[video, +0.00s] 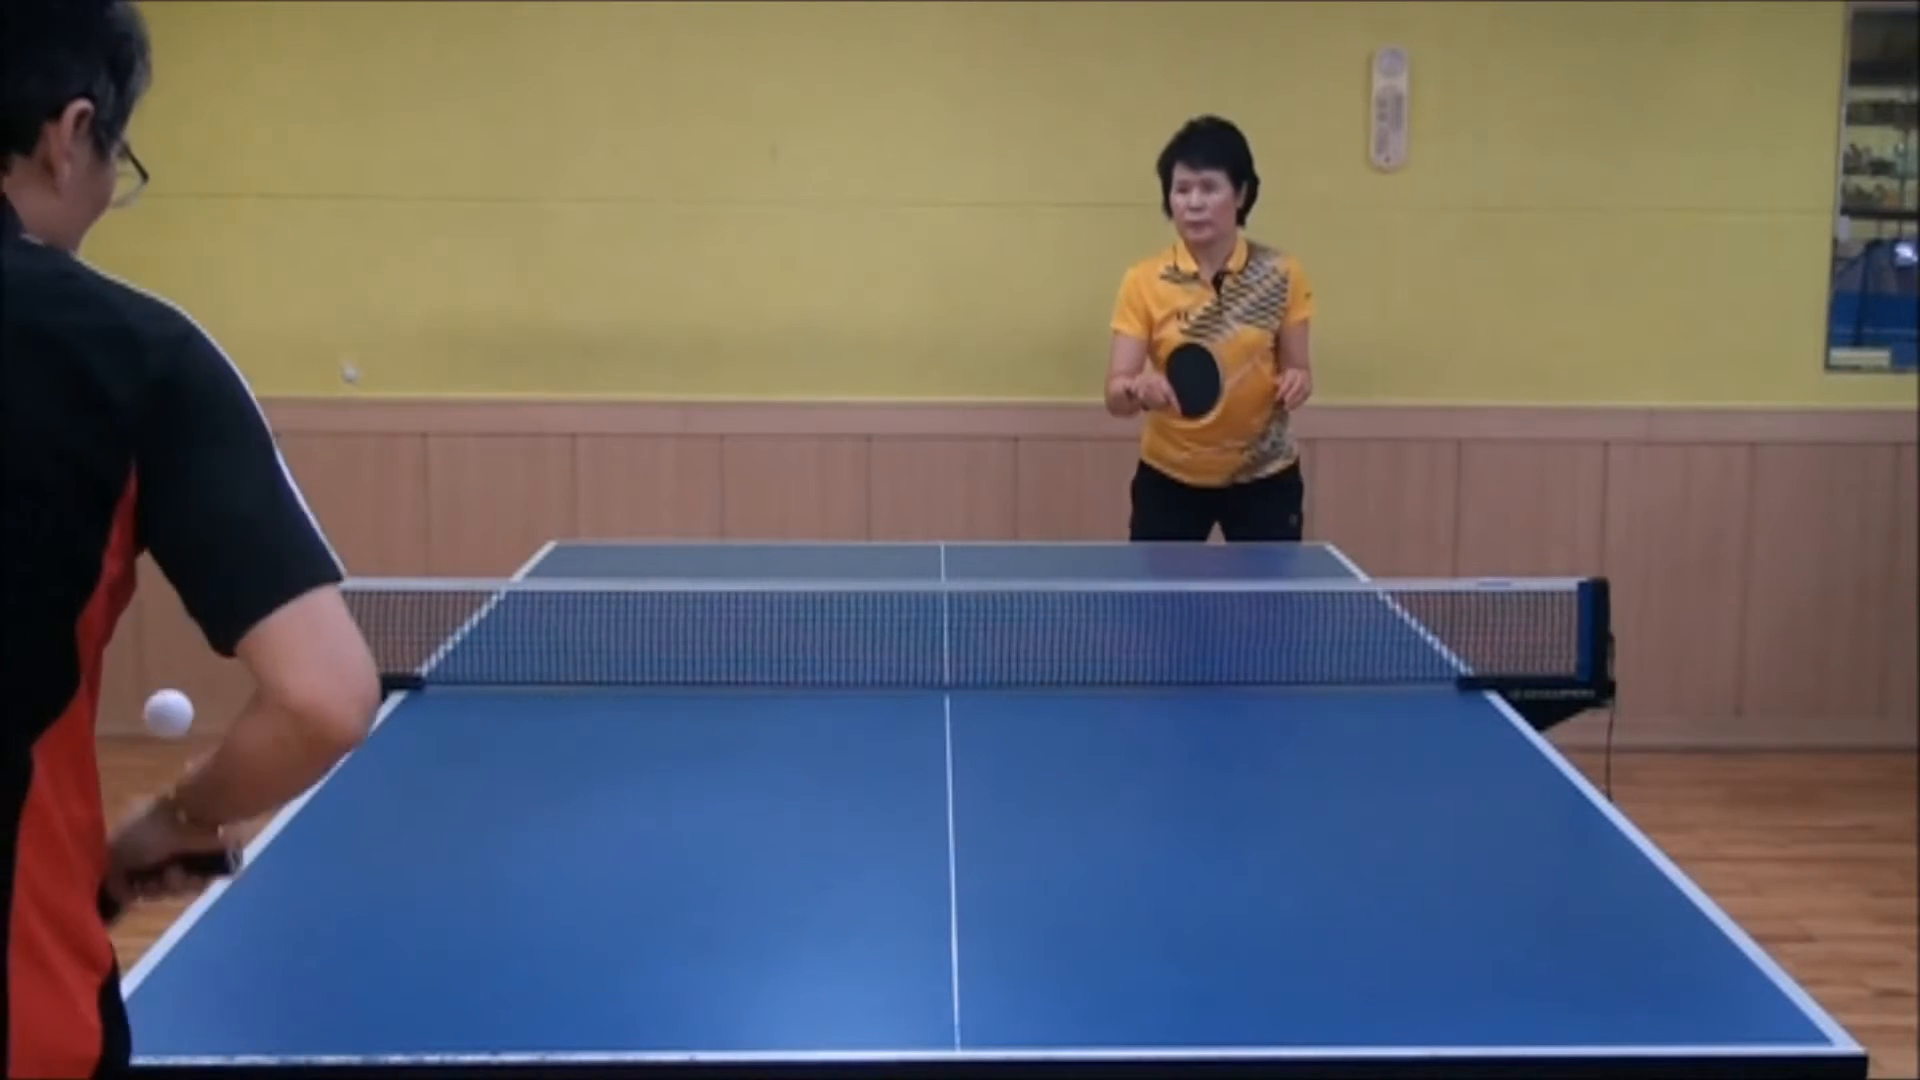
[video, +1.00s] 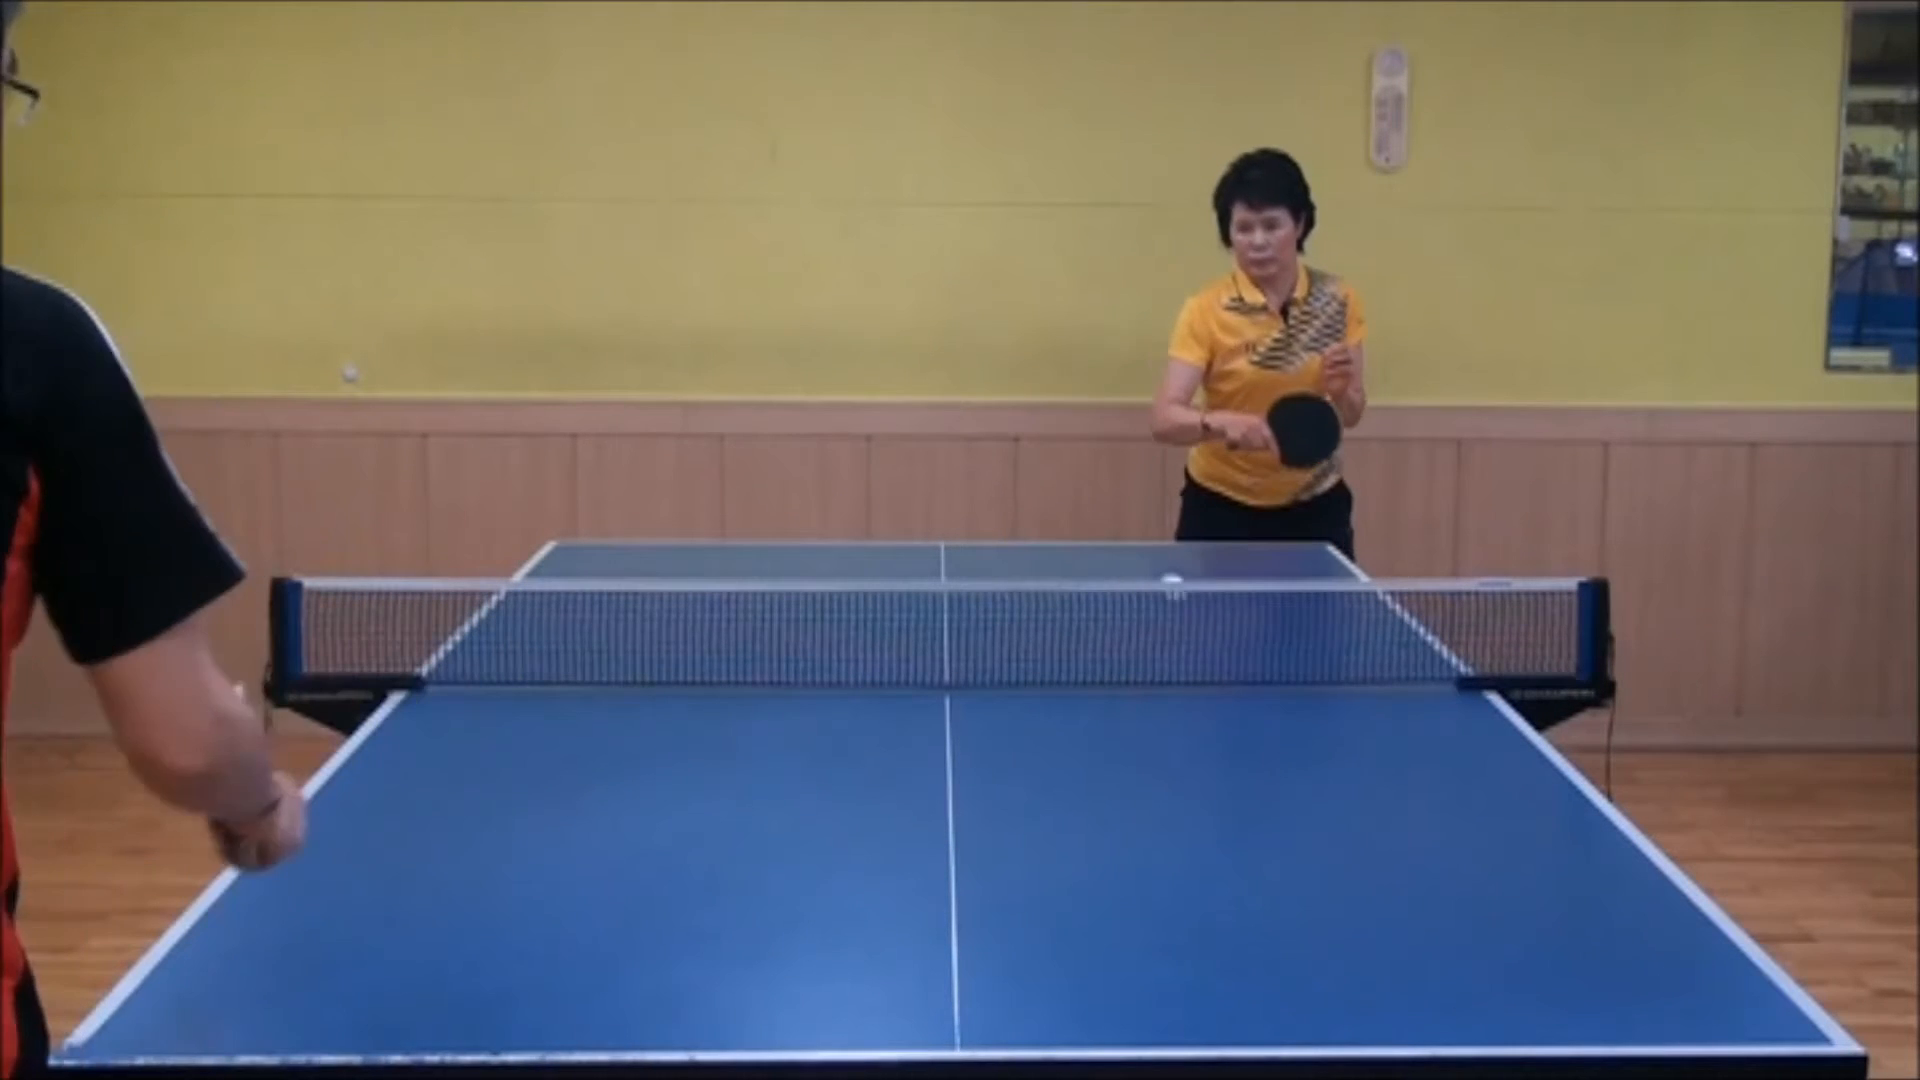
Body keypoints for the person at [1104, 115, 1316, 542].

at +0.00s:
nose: (1194, 202)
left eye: (1209, 188)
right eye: (1182, 189)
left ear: (1242, 194)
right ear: (1167, 198)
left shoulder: (1282, 277)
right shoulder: (1144, 282)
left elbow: (1297, 369)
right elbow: (1117, 397)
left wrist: (1294, 383)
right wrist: (1139, 390)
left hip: (1263, 482)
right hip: (1170, 481)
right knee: (1154, 600)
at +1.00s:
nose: (1258, 242)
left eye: (1272, 226)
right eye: (1244, 228)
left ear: (1300, 226)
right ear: (1227, 234)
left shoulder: (1338, 304)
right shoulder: (1206, 312)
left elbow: (1351, 417)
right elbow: (1165, 419)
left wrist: (1340, 390)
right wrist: (1220, 422)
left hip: (1313, 508)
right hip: (1221, 507)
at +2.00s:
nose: (1312, 272)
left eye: (1327, 256)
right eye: (1297, 258)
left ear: (1353, 257)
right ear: (1279, 264)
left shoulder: (1375, 334)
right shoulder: (1254, 337)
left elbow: (1373, 430)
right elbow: (1212, 432)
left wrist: (1395, 427)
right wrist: (1273, 443)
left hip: (1330, 520)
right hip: (1242, 520)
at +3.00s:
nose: (1306, 285)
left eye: (1321, 269)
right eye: (1291, 271)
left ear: (1350, 276)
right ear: (1274, 281)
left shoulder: (1371, 356)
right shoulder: (1251, 360)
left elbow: (1376, 459)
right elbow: (1205, 454)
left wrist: (1403, 448)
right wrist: (1236, 480)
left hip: (1327, 538)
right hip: (1238, 538)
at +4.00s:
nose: (1263, 208)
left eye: (1279, 194)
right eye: (1251, 194)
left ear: (1312, 201)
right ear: (1236, 204)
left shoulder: (1349, 281)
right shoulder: (1212, 288)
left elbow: (1360, 376)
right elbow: (1179, 403)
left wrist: (1371, 391)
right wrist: (1214, 386)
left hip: (1319, 484)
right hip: (1227, 480)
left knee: (1317, 612)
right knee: (1206, 612)